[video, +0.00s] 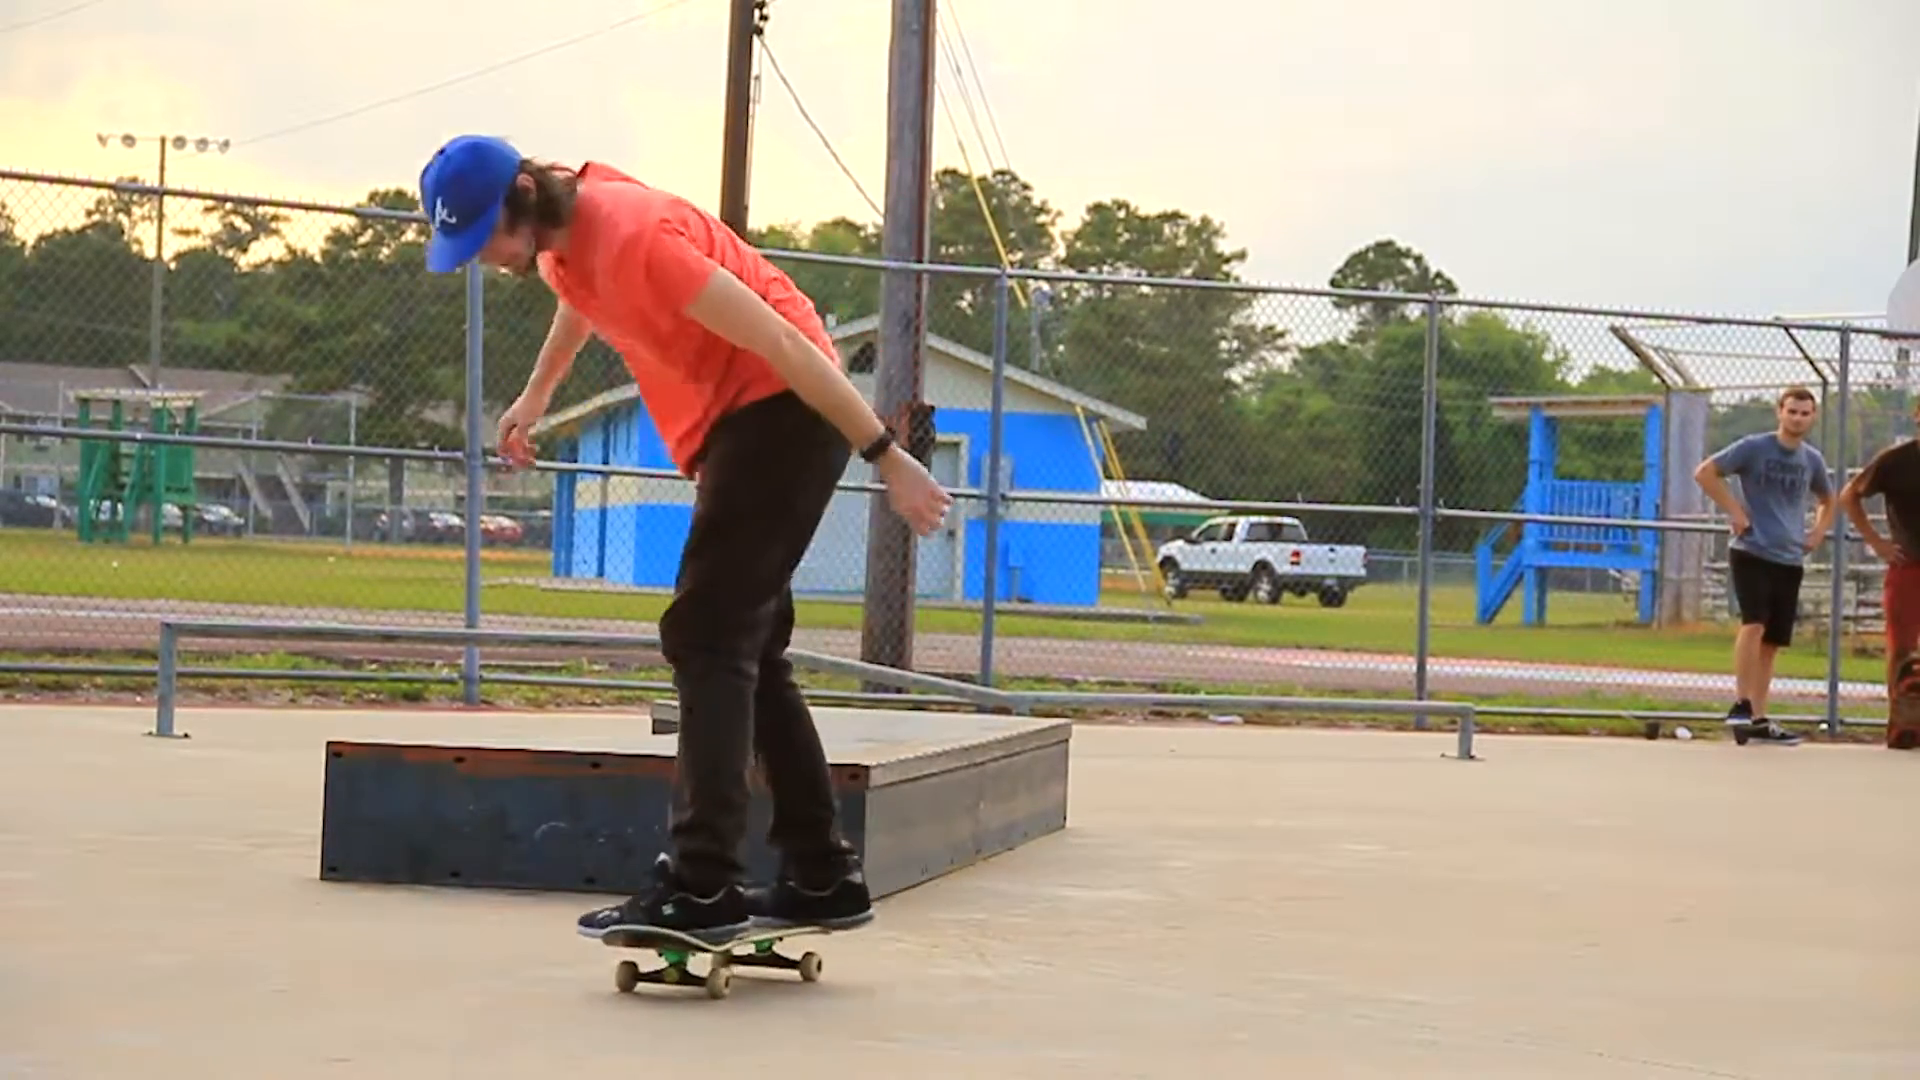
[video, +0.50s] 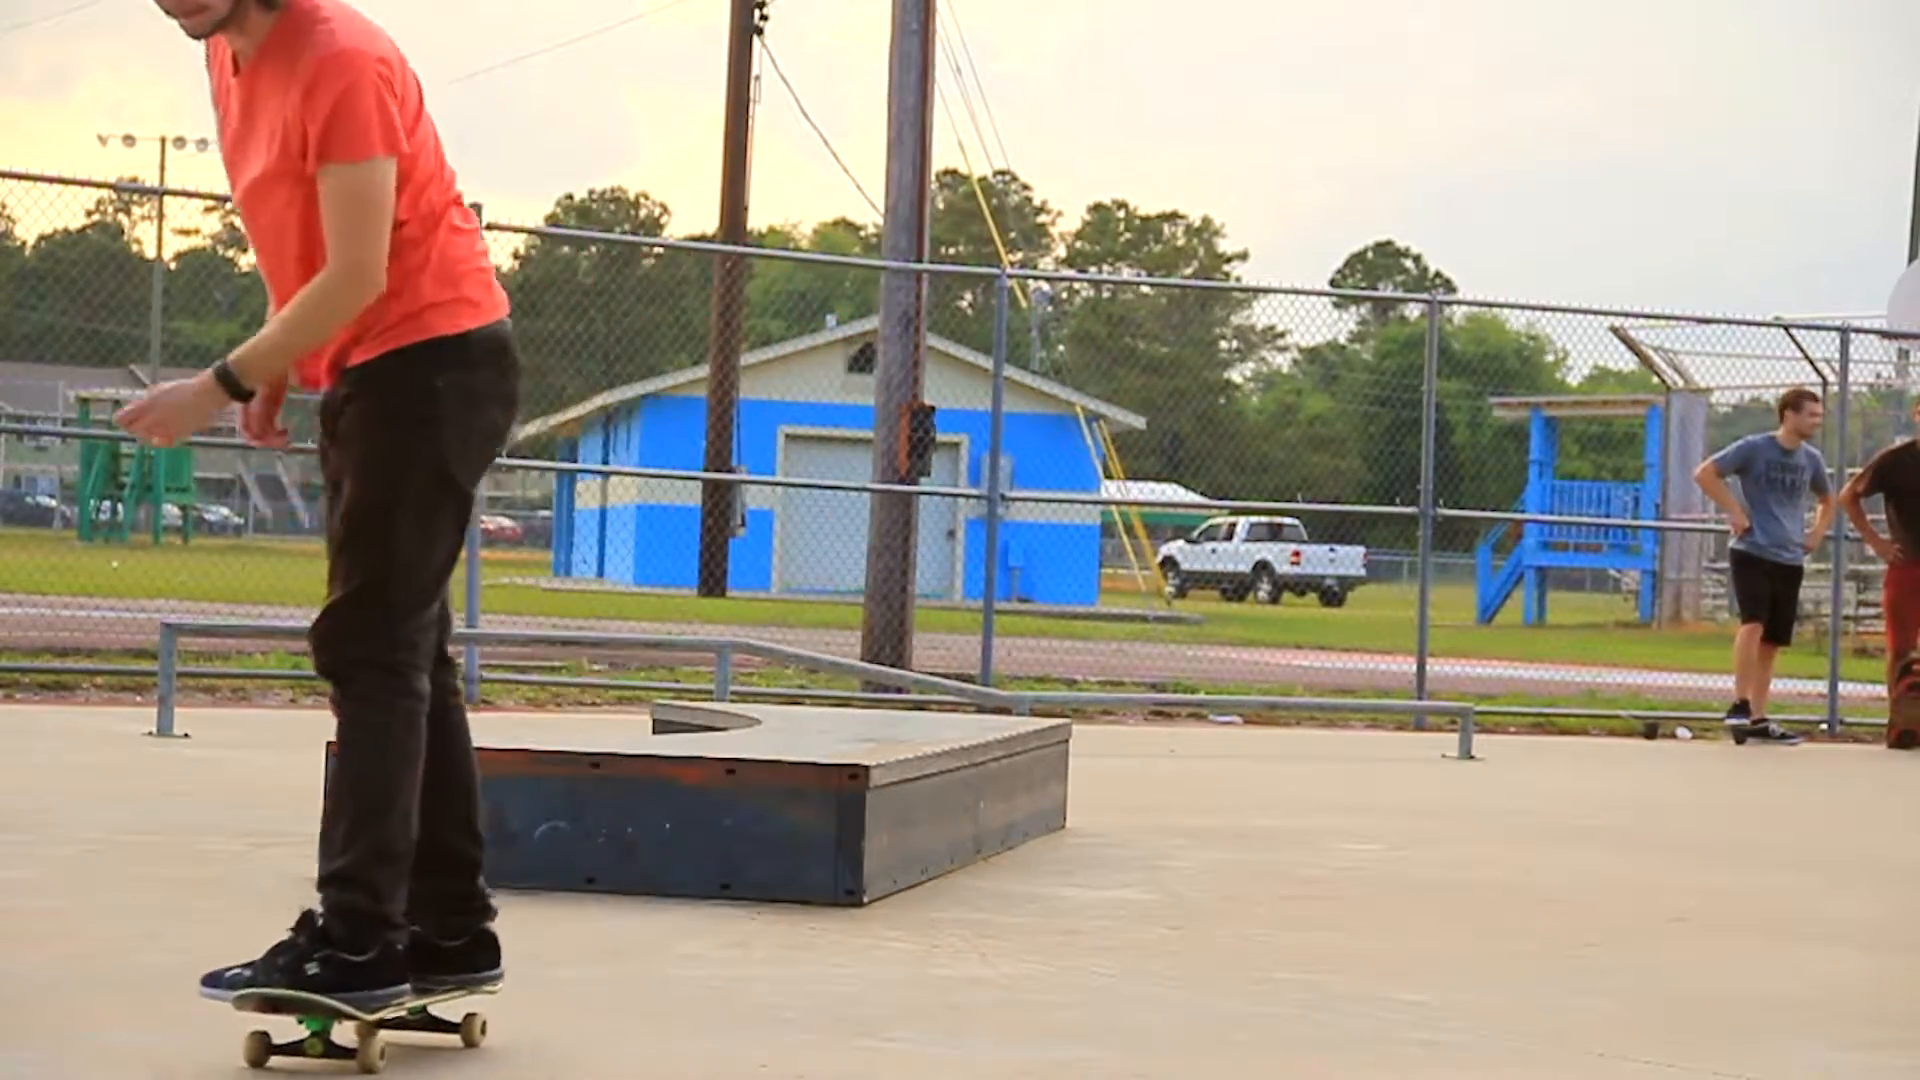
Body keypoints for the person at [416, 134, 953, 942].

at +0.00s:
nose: (492, 260)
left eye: (491, 242)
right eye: (478, 250)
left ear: (521, 202)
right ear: (508, 208)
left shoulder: (633, 237)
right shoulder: (568, 232)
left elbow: (777, 335)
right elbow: (578, 307)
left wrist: (887, 456)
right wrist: (532, 400)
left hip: (782, 406)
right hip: (742, 413)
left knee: (707, 633)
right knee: (752, 652)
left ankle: (701, 882)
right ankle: (820, 873)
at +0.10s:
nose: (429, 215)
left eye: (430, 196)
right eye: (417, 203)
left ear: (470, 159)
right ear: (450, 168)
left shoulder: (587, 206)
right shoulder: (503, 211)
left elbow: (720, 331)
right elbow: (564, 303)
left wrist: (808, 470)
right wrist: (546, 404)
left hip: (722, 396)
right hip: (678, 405)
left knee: (652, 636)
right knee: (698, 655)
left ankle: (633, 891)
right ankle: (762, 884)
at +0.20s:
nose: (373, 162)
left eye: (377, 141)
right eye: (358, 149)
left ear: (419, 102)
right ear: (354, 132)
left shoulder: (532, 167)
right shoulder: (441, 178)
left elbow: (634, 335)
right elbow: (515, 290)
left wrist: (676, 497)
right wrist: (522, 399)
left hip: (665, 388)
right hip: (617, 397)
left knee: (592, 641)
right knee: (646, 651)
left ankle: (568, 901)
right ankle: (702, 888)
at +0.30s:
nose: (308, 111)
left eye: (316, 87)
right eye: (292, 96)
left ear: (366, 49)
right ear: (287, 85)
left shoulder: (467, 133)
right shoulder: (378, 140)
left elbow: (535, 326)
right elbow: (455, 280)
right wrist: (461, 391)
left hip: (601, 381)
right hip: (548, 387)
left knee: (522, 639)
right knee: (567, 641)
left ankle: (502, 909)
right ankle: (626, 895)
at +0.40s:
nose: (235, 59)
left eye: (245, 35)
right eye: (221, 43)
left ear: (302, 10)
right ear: (241, 31)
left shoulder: (405, 101)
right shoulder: (311, 101)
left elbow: (439, 305)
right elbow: (389, 271)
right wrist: (386, 413)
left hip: (516, 374)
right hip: (468, 381)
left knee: (452, 640)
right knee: (494, 641)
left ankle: (433, 918)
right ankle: (534, 908)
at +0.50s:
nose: (179, 13)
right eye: (171, 4)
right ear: (188, 5)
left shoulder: (342, 59)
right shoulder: (227, 52)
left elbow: (361, 270)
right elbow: (297, 223)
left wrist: (217, 383)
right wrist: (274, 360)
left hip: (432, 361)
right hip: (370, 368)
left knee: (372, 641)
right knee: (407, 649)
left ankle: (356, 934)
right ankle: (448, 924)